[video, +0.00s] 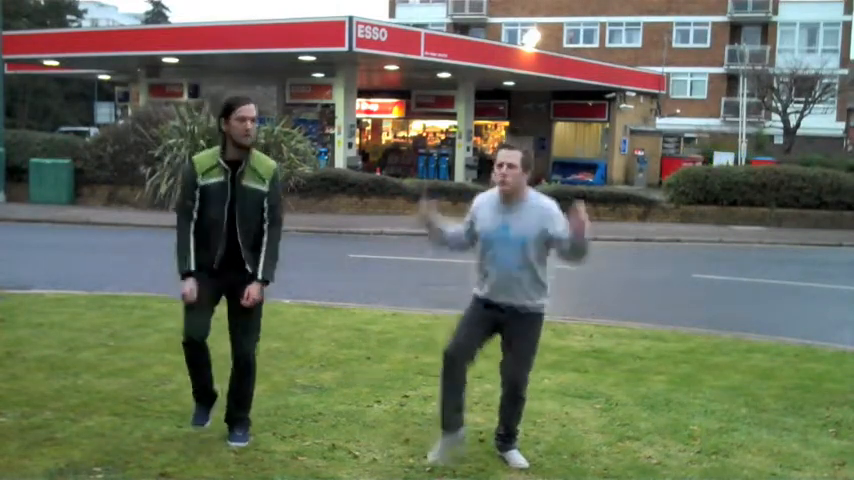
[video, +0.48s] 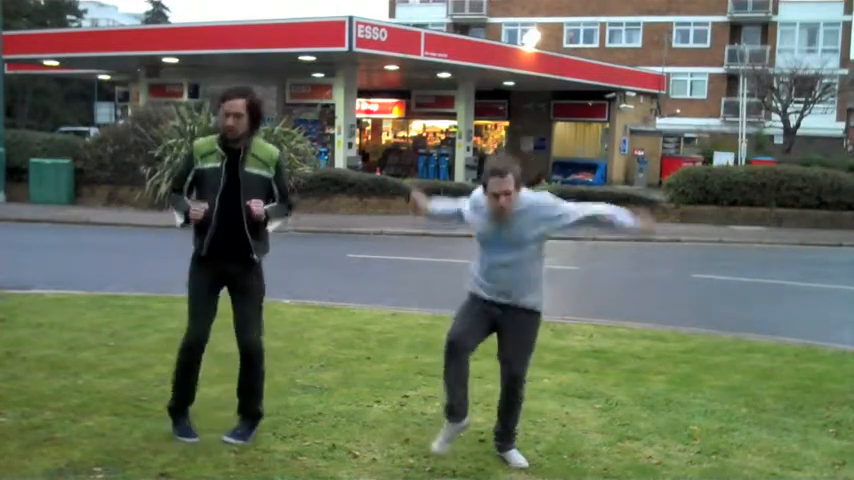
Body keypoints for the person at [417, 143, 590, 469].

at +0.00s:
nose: (502, 172)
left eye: (510, 167)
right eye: (498, 166)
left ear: (526, 173)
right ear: (493, 171)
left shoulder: (547, 210)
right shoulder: (483, 203)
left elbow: (571, 254)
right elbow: (466, 237)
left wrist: (579, 236)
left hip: (527, 310)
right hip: (486, 302)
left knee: (515, 381)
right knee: (454, 355)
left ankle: (507, 445)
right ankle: (452, 434)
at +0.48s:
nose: (501, 201)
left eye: (507, 194)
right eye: (495, 195)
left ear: (518, 188)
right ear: (485, 190)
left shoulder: (539, 206)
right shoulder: (478, 203)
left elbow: (583, 212)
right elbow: (457, 208)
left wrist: (625, 217)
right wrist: (428, 206)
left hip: (522, 307)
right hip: (482, 300)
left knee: (514, 376)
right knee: (456, 343)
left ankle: (505, 444)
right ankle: (456, 419)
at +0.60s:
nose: (499, 206)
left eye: (506, 200)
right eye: (493, 200)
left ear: (519, 202)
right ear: (485, 201)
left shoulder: (538, 233)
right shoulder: (477, 229)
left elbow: (572, 266)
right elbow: (452, 256)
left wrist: (605, 292)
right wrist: (415, 267)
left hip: (524, 322)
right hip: (484, 315)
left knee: (510, 385)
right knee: (454, 368)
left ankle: (504, 447)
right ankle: (451, 446)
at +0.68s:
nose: (508, 187)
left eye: (515, 183)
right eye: (503, 181)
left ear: (525, 191)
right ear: (492, 188)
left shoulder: (542, 228)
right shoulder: (477, 224)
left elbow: (568, 271)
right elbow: (447, 258)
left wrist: (604, 303)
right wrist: (409, 270)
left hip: (524, 326)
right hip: (481, 321)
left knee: (514, 392)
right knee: (457, 378)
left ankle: (505, 447)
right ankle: (456, 450)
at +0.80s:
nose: (511, 151)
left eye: (518, 147)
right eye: (506, 145)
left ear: (529, 156)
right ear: (496, 152)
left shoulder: (544, 193)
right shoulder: (480, 190)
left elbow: (578, 221)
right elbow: (447, 214)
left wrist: (609, 220)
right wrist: (416, 190)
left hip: (523, 300)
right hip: (481, 291)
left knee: (519, 375)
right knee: (447, 339)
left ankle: (508, 443)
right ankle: (449, 413)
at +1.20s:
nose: (495, 157)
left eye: (502, 153)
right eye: (491, 152)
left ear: (518, 161)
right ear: (484, 158)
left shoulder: (540, 196)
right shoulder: (471, 188)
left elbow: (592, 192)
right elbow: (432, 181)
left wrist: (643, 182)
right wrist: (419, 154)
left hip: (513, 304)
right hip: (471, 296)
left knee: (509, 379)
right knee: (445, 352)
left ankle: (500, 450)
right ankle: (458, 423)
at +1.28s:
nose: (493, 169)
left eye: (501, 164)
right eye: (489, 163)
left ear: (515, 173)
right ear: (482, 169)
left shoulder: (534, 203)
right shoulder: (468, 197)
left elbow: (581, 216)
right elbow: (425, 198)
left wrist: (625, 222)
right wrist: (387, 184)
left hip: (514, 300)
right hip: (472, 293)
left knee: (512, 376)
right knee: (441, 338)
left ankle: (499, 443)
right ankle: (458, 411)